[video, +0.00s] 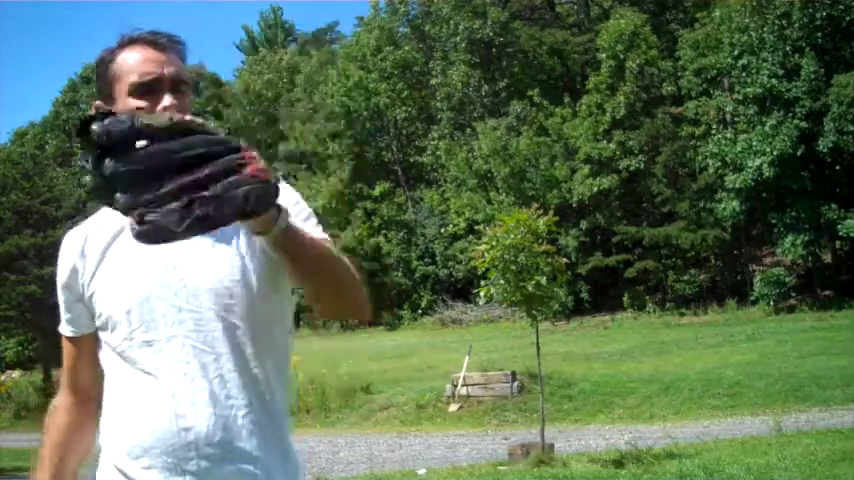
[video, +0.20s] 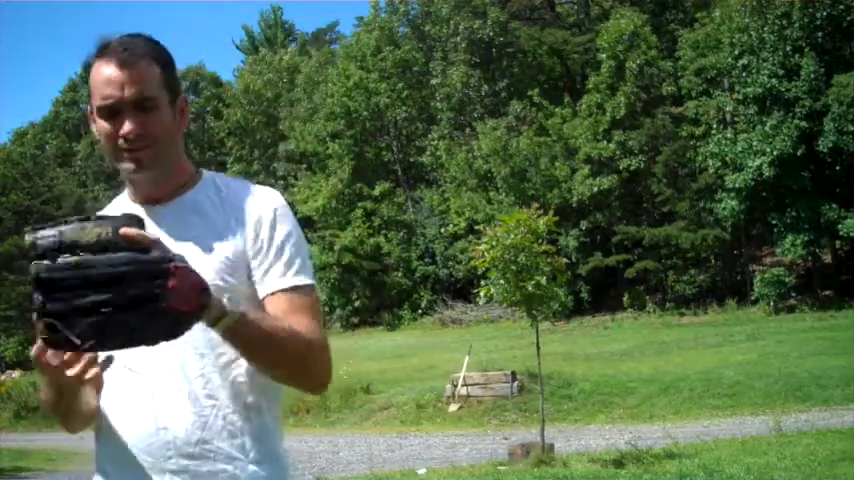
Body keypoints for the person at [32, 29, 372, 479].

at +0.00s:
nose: (169, 102)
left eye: (179, 88)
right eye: (147, 91)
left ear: (194, 98)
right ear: (107, 112)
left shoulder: (267, 200)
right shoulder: (87, 245)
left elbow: (354, 307)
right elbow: (77, 396)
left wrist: (273, 227)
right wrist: (48, 474)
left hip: (258, 465)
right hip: (136, 469)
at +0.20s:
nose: (129, 129)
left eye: (145, 108)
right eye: (111, 113)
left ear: (181, 114)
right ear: (93, 126)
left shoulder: (258, 211)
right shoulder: (88, 239)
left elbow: (314, 369)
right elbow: (77, 417)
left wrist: (213, 312)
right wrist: (64, 386)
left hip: (246, 466)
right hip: (129, 469)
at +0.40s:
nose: (120, 144)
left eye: (137, 120)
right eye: (104, 126)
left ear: (180, 116)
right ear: (92, 127)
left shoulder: (262, 217)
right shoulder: (82, 241)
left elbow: (308, 378)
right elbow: (68, 418)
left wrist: (224, 336)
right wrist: (66, 366)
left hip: (244, 468)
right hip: (123, 470)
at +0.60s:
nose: (119, 145)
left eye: (137, 121)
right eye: (104, 126)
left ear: (180, 116)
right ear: (92, 128)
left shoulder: (267, 217)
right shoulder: (78, 245)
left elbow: (323, 377)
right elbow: (63, 421)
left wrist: (278, 346)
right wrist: (68, 371)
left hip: (247, 469)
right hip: (124, 470)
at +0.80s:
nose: (123, 144)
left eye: (140, 121)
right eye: (107, 125)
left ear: (182, 117)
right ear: (94, 127)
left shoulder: (266, 219)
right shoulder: (77, 244)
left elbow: (321, 379)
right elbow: (58, 419)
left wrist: (281, 351)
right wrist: (59, 362)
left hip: (248, 469)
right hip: (126, 470)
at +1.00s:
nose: (130, 136)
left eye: (146, 115)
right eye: (113, 119)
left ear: (183, 116)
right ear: (96, 128)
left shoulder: (263, 218)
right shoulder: (79, 242)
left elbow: (318, 376)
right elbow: (57, 415)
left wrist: (268, 350)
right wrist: (50, 353)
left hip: (243, 468)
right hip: (123, 469)